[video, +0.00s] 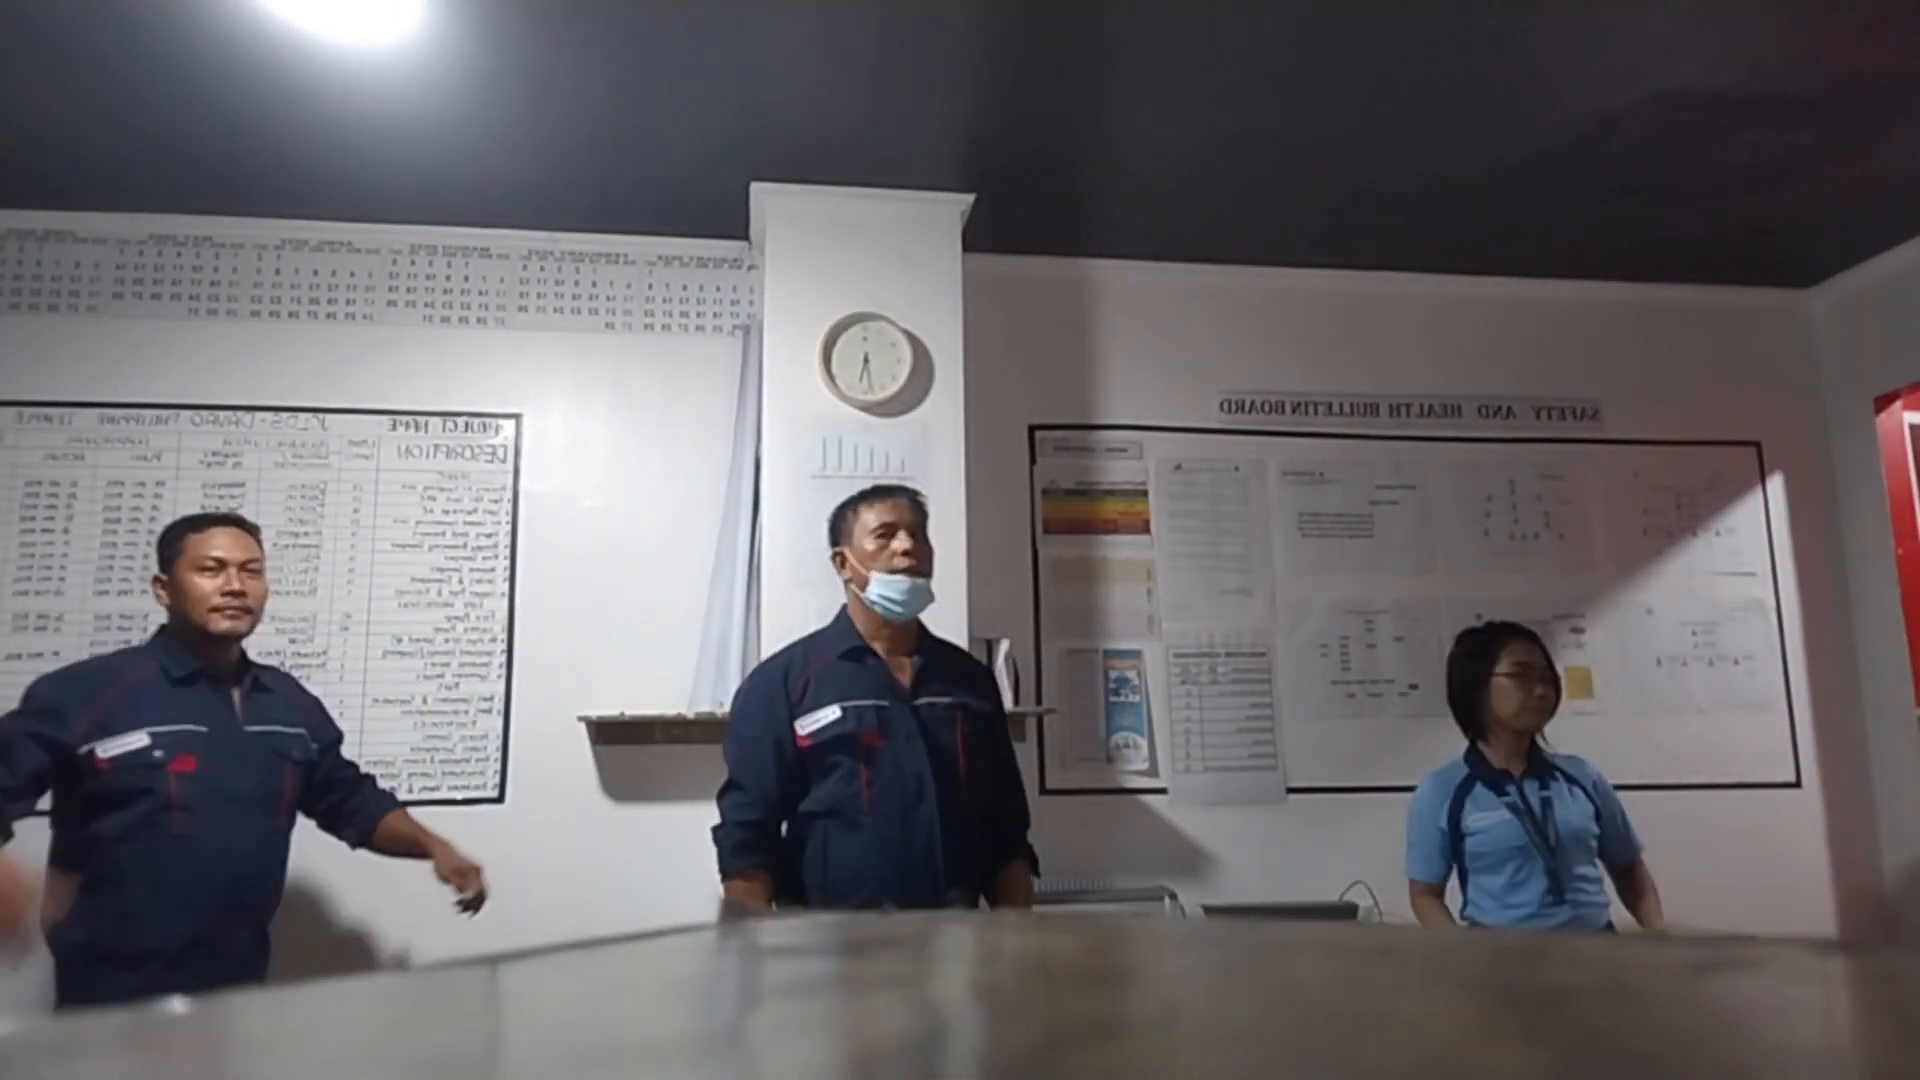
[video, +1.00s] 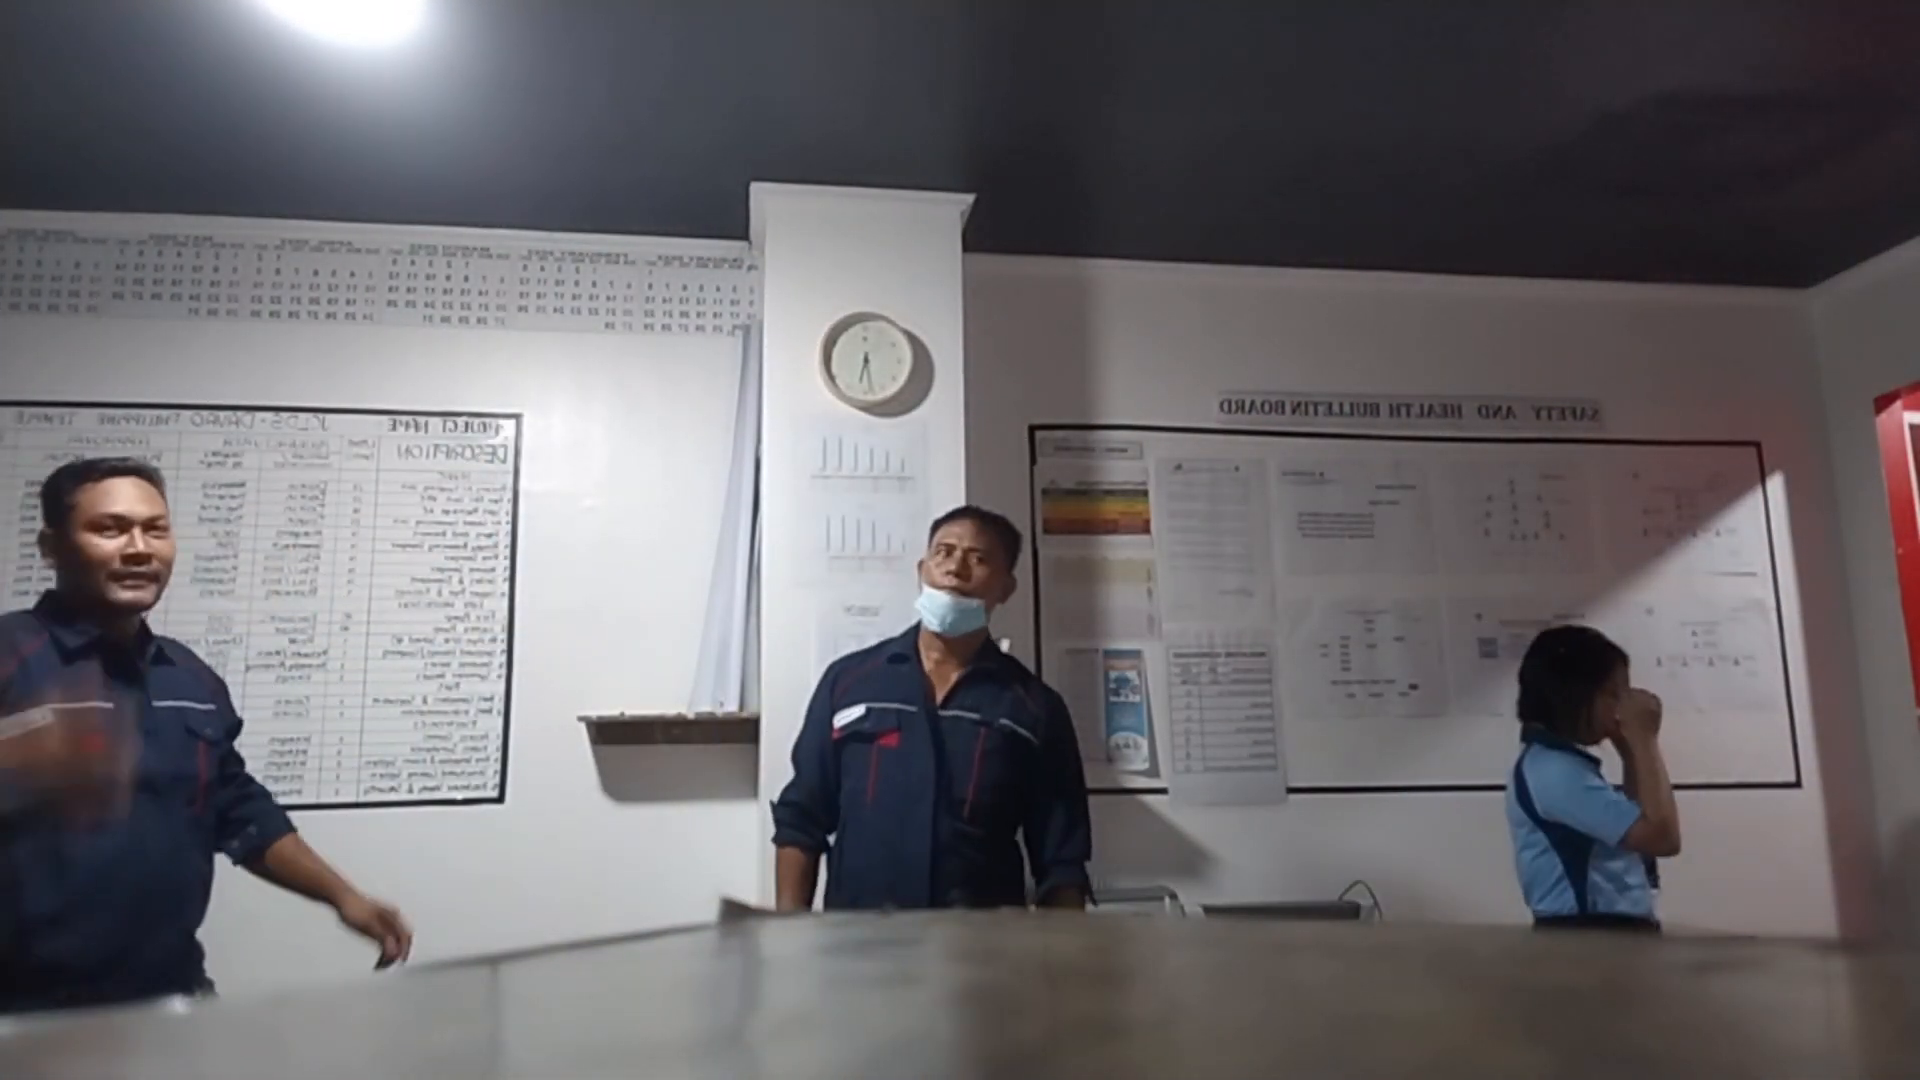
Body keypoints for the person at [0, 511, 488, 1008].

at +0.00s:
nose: (235, 585)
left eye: (250, 570)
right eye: (211, 569)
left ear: (265, 586)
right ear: (164, 588)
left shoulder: (290, 707)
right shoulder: (76, 698)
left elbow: (346, 798)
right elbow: (1, 799)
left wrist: (434, 847)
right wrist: (11, 880)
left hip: (233, 996)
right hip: (106, 1001)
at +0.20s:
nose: (186, 578)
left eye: (199, 560)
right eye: (160, 562)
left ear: (217, 575)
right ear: (111, 584)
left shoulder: (262, 686)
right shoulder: (61, 682)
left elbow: (332, 782)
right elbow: (3, 770)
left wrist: (430, 833)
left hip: (209, 986)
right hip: (76, 991)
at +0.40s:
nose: (126, 573)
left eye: (138, 548)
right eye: (96, 563)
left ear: (162, 554)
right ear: (59, 585)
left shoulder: (223, 677)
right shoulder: (30, 676)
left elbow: (283, 794)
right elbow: (16, 637)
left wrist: (360, 888)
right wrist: (64, 537)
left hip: (180, 1002)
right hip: (48, 1009)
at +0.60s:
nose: (125, 558)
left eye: (132, 533)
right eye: (91, 548)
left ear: (153, 538)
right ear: (40, 576)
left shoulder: (201, 670)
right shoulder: (15, 662)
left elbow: (227, 800)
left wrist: (286, 896)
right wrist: (17, 510)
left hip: (164, 996)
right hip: (30, 1006)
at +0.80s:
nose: (128, 561)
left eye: (138, 537)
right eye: (96, 547)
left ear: (155, 544)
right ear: (40, 573)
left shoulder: (187, 678)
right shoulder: (10, 672)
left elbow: (222, 792)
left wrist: (314, 858)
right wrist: (4, 522)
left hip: (157, 1009)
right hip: (27, 1017)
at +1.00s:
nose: (139, 549)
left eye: (154, 529)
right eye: (110, 529)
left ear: (173, 542)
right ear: (52, 547)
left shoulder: (190, 682)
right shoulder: (11, 658)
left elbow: (237, 811)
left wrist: (345, 897)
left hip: (166, 1003)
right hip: (29, 1009)